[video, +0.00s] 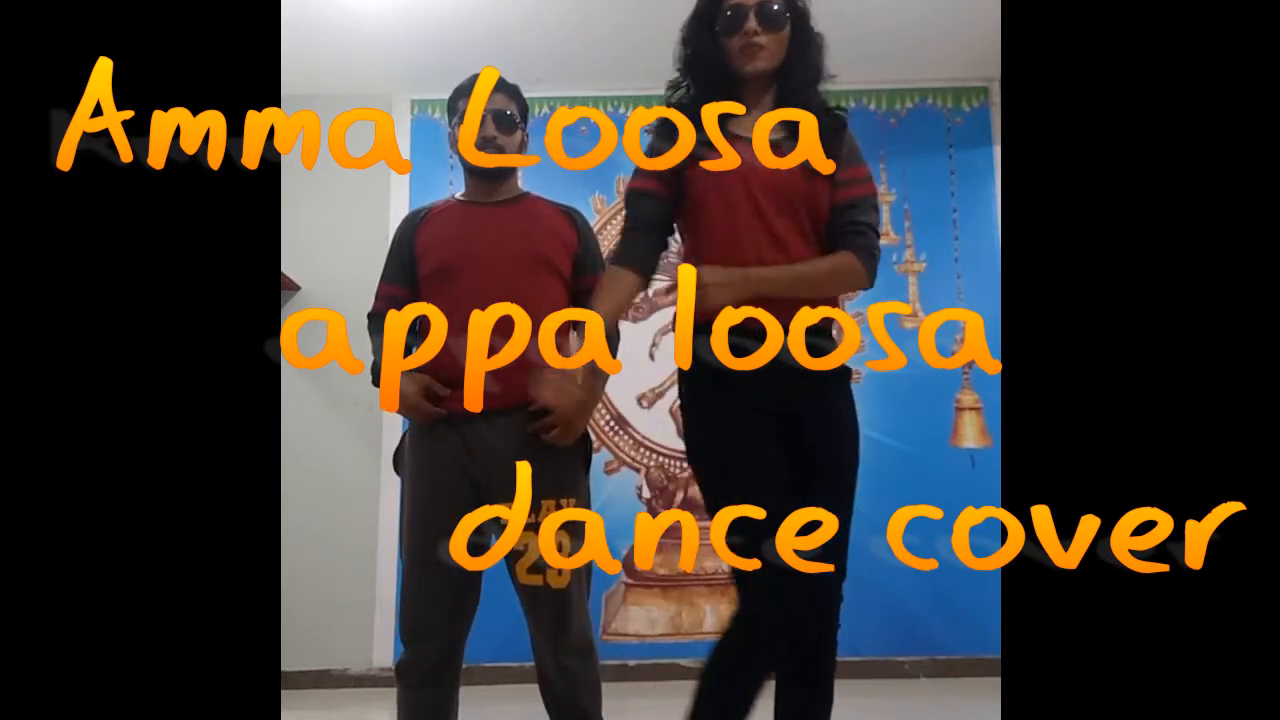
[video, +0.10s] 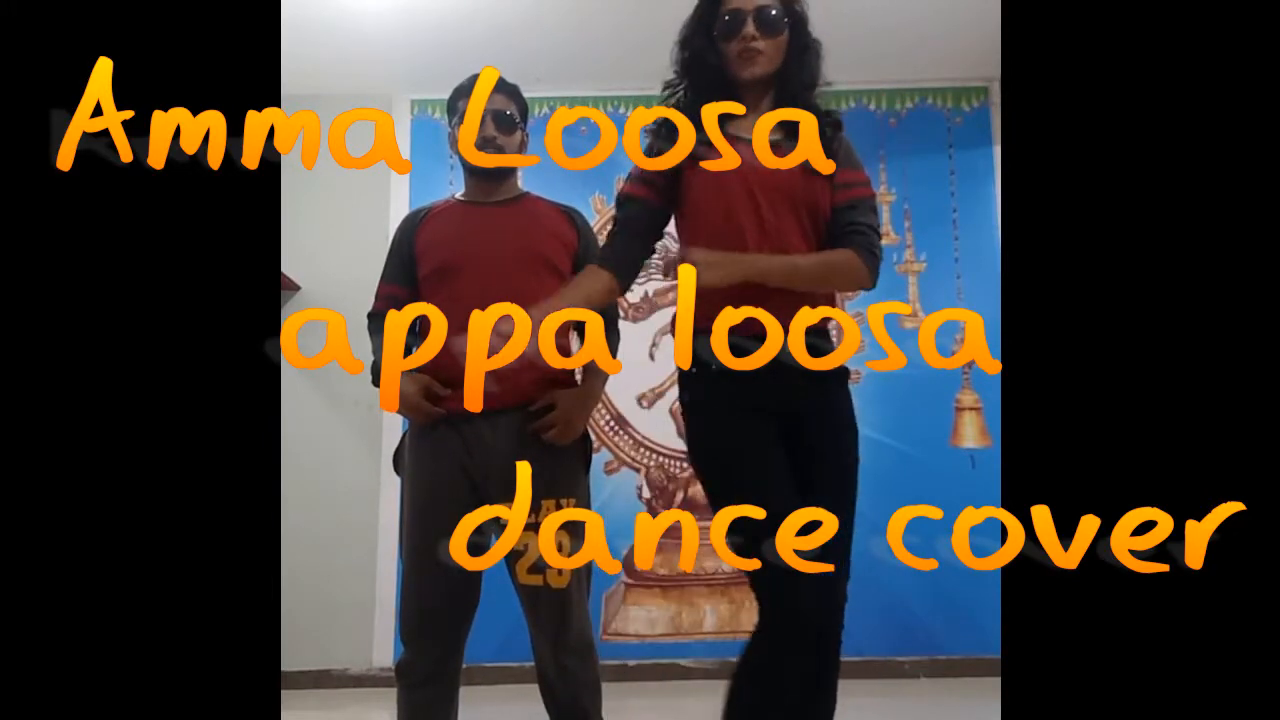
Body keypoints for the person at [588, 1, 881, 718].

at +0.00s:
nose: (752, 31)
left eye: (770, 16)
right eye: (734, 18)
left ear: (795, 30)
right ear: (711, 33)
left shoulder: (825, 127)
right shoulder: (679, 127)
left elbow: (857, 265)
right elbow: (633, 257)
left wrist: (718, 284)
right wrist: (579, 368)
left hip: (815, 377)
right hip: (719, 376)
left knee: (815, 599)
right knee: (771, 598)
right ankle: (708, 717)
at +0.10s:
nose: (751, 37)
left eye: (768, 22)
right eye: (732, 24)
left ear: (792, 35)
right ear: (709, 39)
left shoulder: (822, 130)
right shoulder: (680, 129)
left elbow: (859, 263)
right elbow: (621, 253)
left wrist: (737, 266)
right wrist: (536, 320)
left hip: (815, 380)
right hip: (721, 381)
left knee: (820, 599)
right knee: (791, 600)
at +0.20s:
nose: (745, 40)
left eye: (764, 24)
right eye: (725, 27)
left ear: (788, 41)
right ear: (700, 46)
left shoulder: (817, 138)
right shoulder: (679, 137)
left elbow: (862, 262)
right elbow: (606, 268)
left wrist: (745, 250)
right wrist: (481, 264)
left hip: (809, 392)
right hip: (712, 394)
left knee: (827, 611)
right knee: (764, 617)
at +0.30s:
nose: (742, 40)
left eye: (761, 25)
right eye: (722, 26)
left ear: (787, 42)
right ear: (698, 45)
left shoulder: (818, 137)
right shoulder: (678, 141)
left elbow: (864, 267)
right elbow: (607, 272)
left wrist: (758, 245)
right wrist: (492, 250)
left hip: (802, 394)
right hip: (701, 396)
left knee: (824, 610)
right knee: (734, 617)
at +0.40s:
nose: (738, 40)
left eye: (757, 25)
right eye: (718, 26)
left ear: (780, 43)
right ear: (693, 44)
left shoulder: (817, 141)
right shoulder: (668, 142)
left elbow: (862, 283)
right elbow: (625, 291)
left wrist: (848, 192)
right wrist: (568, 228)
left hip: (790, 395)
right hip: (689, 395)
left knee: (790, 609)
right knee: (709, 614)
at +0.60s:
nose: (742, 38)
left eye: (760, 24)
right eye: (721, 27)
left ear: (783, 45)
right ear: (697, 50)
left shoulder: (804, 137)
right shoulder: (667, 142)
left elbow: (871, 275)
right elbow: (633, 280)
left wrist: (932, 174)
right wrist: (673, 163)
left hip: (792, 389)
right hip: (694, 388)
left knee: (742, 612)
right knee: (681, 613)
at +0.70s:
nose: (744, 45)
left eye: (762, 31)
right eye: (723, 35)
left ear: (787, 52)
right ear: (699, 58)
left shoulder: (806, 145)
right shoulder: (670, 148)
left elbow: (881, 278)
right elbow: (629, 275)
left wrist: (935, 175)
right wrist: (688, 162)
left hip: (798, 398)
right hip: (698, 395)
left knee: (757, 631)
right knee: (680, 634)